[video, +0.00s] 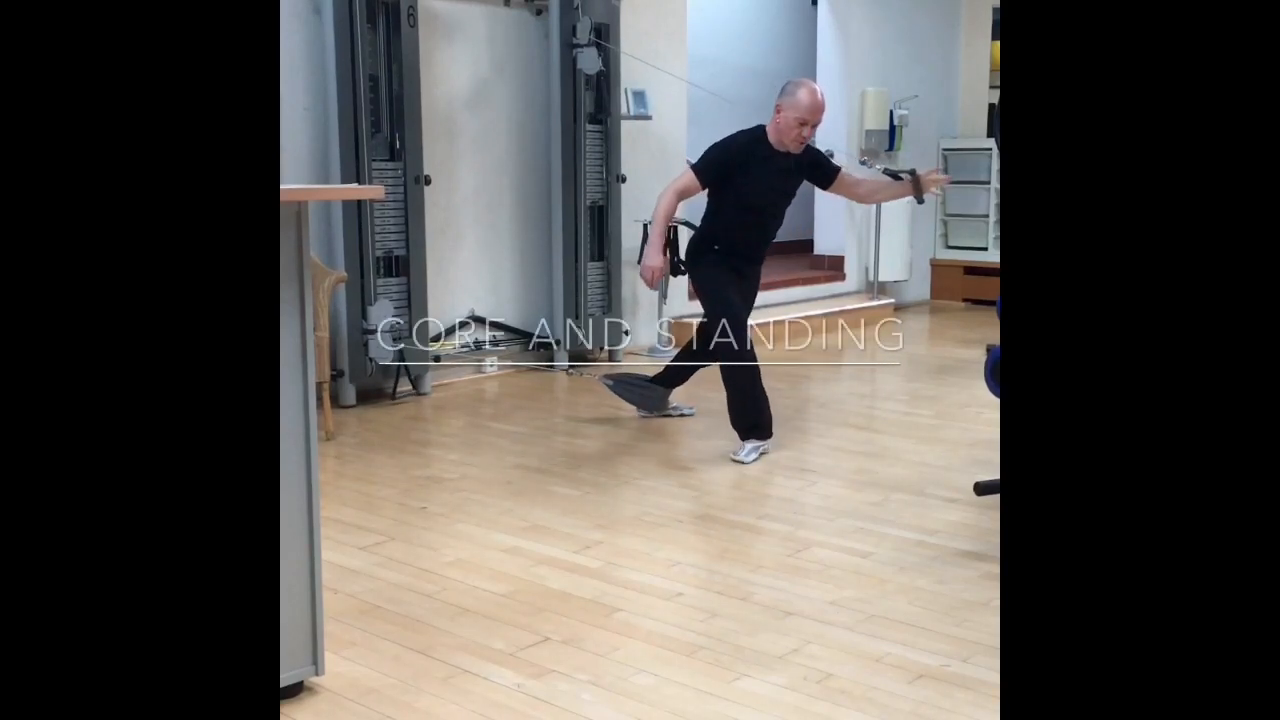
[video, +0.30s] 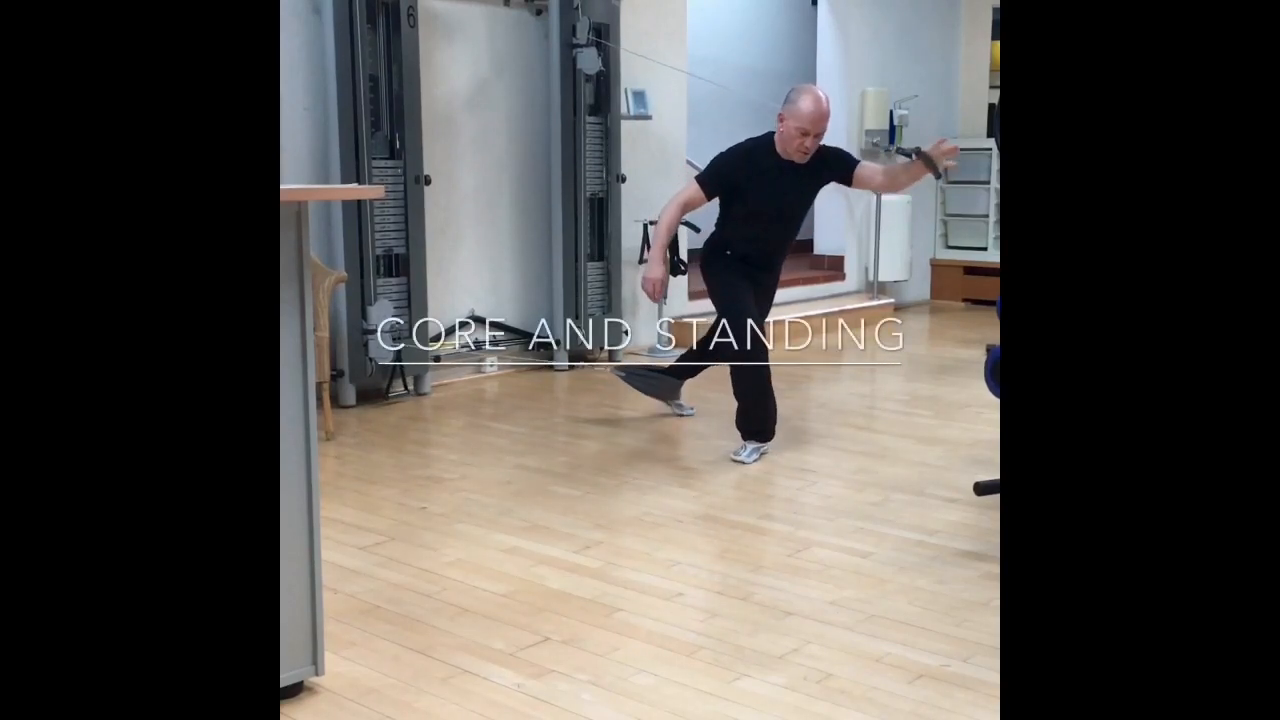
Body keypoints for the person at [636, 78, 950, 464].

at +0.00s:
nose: (808, 134)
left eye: (814, 127)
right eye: (802, 124)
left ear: (818, 123)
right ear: (778, 115)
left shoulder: (807, 160)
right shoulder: (737, 148)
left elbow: (862, 189)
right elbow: (672, 193)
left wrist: (915, 185)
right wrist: (654, 248)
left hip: (748, 265)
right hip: (710, 258)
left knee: (717, 334)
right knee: (735, 336)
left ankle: (656, 390)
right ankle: (755, 435)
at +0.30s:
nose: (810, 144)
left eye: (818, 136)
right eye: (803, 133)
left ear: (825, 131)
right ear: (781, 120)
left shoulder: (825, 162)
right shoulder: (743, 158)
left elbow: (884, 180)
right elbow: (678, 204)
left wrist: (927, 162)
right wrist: (656, 259)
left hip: (766, 270)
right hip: (723, 260)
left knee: (731, 334)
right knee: (748, 337)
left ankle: (668, 380)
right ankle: (755, 435)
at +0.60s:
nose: (807, 138)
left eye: (816, 129)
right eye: (800, 127)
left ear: (827, 119)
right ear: (781, 112)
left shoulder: (836, 145)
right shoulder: (747, 148)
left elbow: (894, 151)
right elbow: (682, 194)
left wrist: (912, 121)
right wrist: (647, 251)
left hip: (785, 257)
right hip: (739, 250)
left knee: (754, 329)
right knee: (754, 330)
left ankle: (689, 371)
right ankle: (754, 435)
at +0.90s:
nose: (800, 112)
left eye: (809, 102)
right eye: (791, 102)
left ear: (819, 91)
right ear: (772, 91)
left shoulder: (830, 111)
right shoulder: (744, 133)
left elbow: (883, 105)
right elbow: (687, 188)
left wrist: (890, 74)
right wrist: (653, 241)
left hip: (794, 244)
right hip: (747, 241)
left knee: (775, 338)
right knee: (761, 333)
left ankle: (704, 382)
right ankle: (749, 437)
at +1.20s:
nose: (795, 96)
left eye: (803, 85)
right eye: (786, 86)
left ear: (812, 76)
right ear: (763, 76)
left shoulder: (818, 95)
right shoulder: (737, 120)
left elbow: (873, 90)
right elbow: (687, 180)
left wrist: (885, 69)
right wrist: (674, 236)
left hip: (798, 232)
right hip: (748, 236)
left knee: (826, 317)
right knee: (756, 338)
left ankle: (757, 348)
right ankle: (747, 436)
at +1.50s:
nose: (789, 81)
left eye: (796, 70)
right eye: (779, 72)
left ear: (804, 63)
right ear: (756, 64)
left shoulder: (814, 88)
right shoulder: (727, 111)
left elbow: (870, 88)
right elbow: (675, 169)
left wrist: (886, 71)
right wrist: (654, 227)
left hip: (803, 218)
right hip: (754, 230)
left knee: (861, 263)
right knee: (756, 334)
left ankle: (815, 333)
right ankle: (747, 435)